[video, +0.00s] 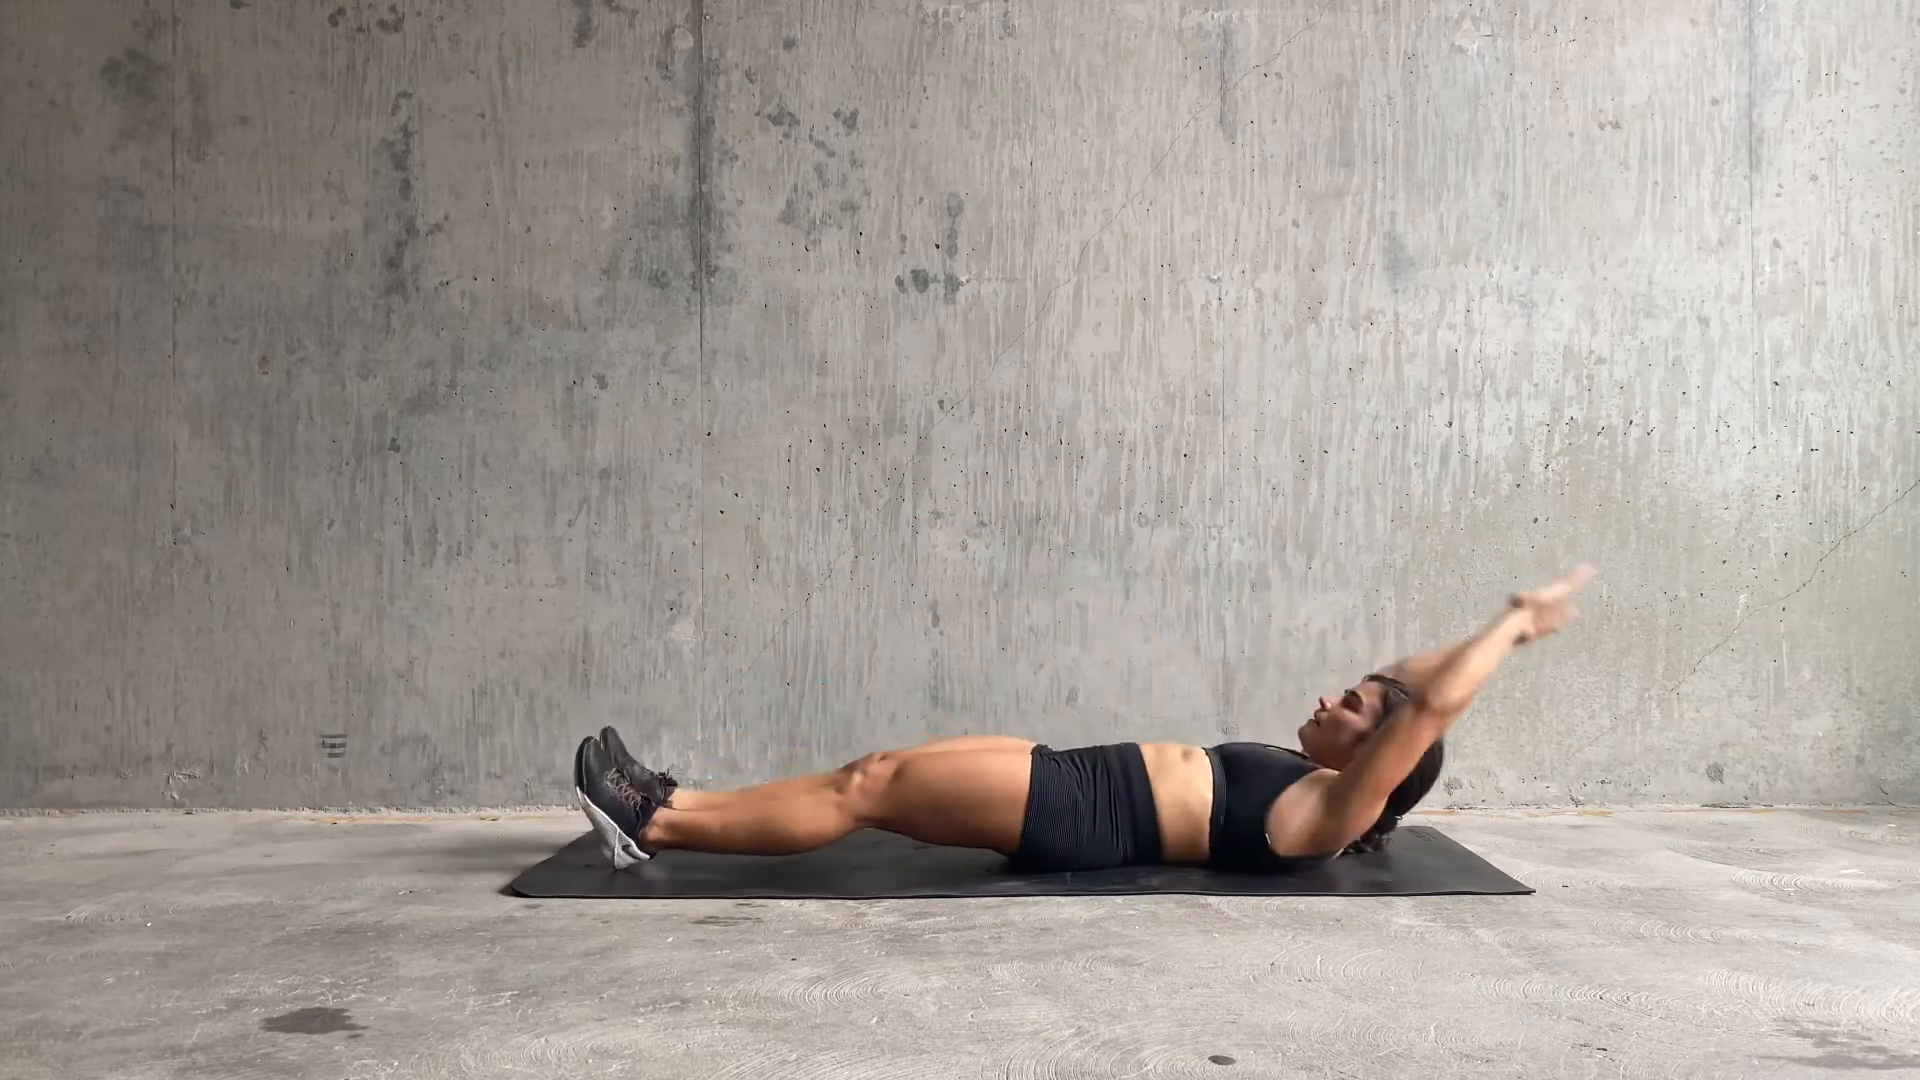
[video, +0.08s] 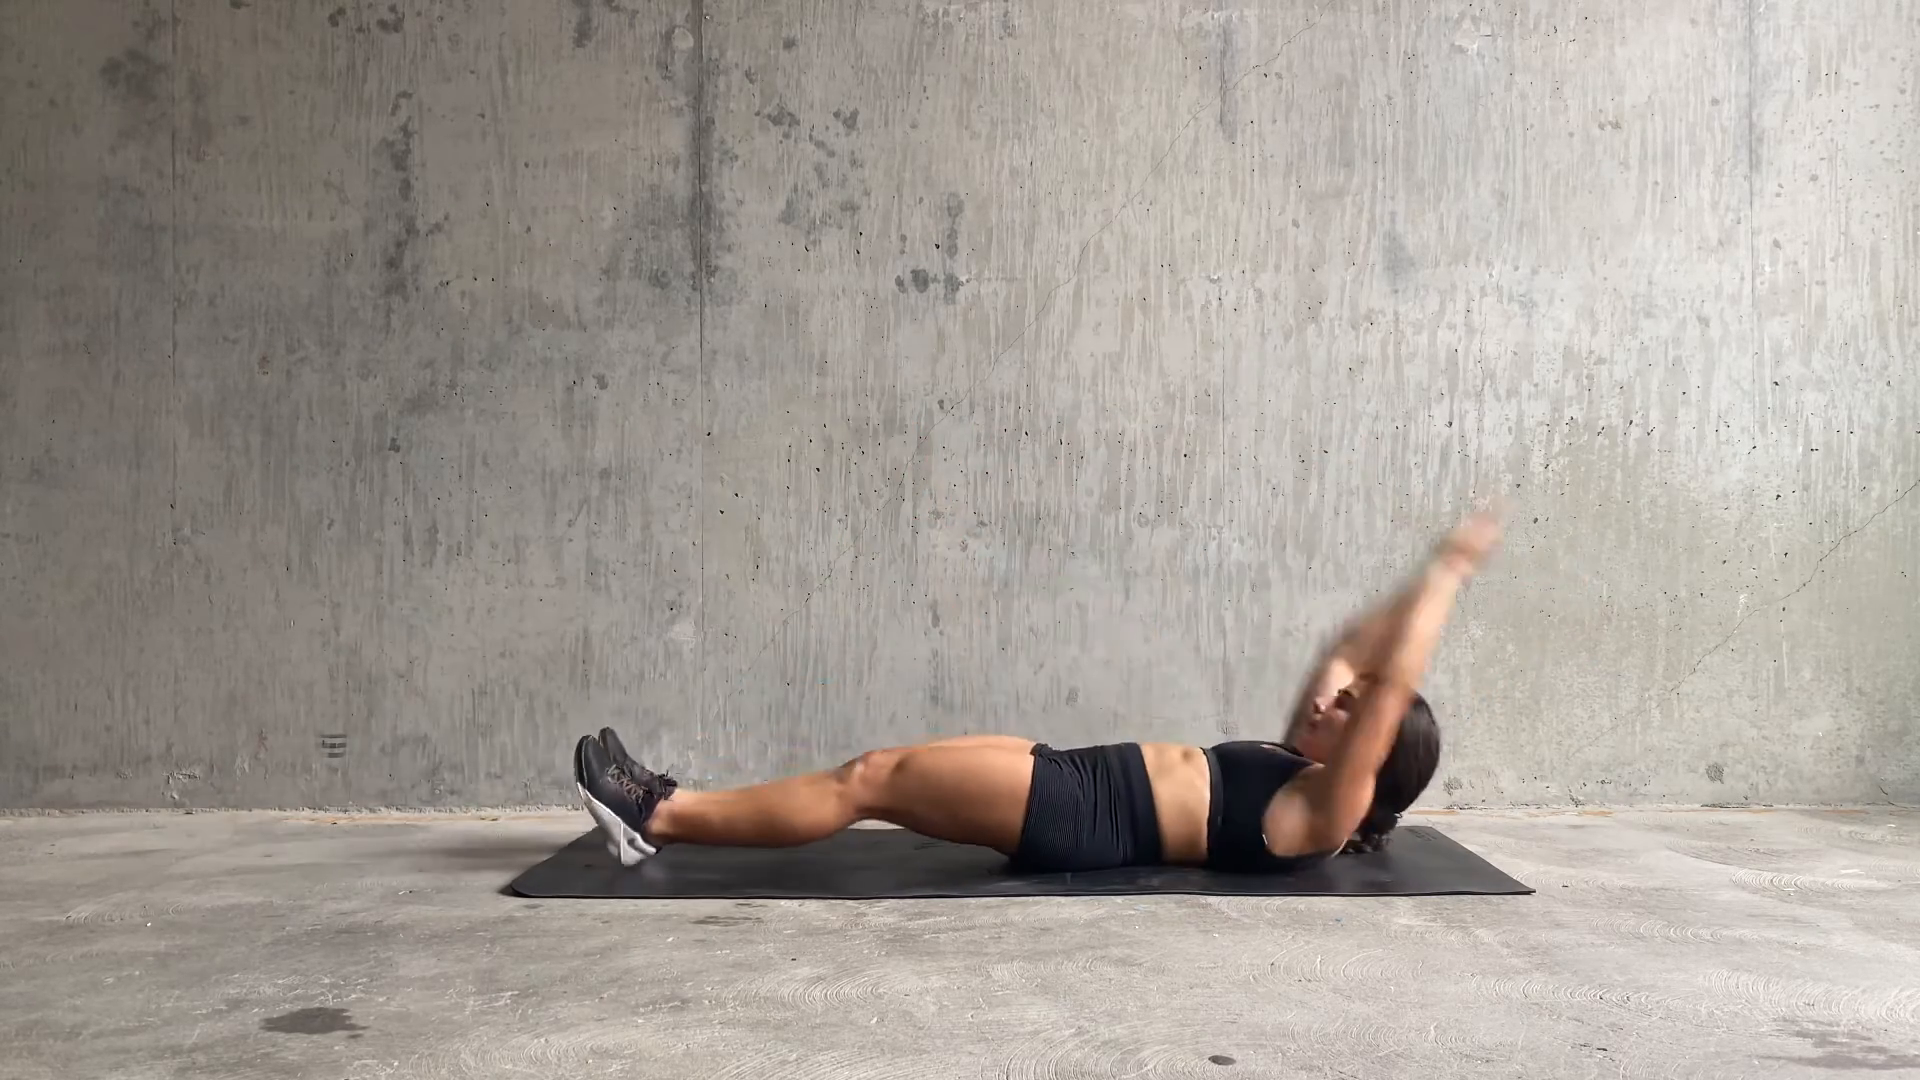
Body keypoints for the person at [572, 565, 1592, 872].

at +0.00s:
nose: (1338, 702)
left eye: (1358, 700)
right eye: (1352, 691)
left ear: (1380, 745)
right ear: (1361, 730)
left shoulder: (1324, 815)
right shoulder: (1313, 791)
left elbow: (1426, 708)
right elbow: (1410, 702)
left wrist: (1518, 628)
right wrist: (1500, 632)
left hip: (1089, 807)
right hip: (1089, 782)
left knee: (874, 785)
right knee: (874, 774)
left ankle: (659, 825)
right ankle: (668, 816)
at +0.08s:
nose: (1328, 697)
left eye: (1350, 697)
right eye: (1335, 684)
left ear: (1371, 735)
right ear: (1337, 709)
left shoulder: (1326, 813)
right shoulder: (1306, 779)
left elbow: (1391, 682)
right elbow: (1345, 666)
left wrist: (1453, 570)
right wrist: (1417, 584)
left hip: (1089, 808)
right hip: (1090, 781)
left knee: (876, 781)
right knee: (882, 771)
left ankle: (663, 817)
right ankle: (678, 807)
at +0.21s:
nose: (1296, 696)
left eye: (1315, 691)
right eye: (1308, 684)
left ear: (1354, 729)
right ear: (1347, 726)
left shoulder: (1307, 778)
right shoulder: (1305, 778)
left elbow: (1220, 654)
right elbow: (1228, 654)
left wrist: (1185, 535)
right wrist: (1192, 554)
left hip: (1085, 812)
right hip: (1085, 800)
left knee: (887, 753)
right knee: (876, 782)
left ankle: (667, 770)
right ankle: (672, 803)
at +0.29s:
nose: (1262, 659)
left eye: (1282, 656)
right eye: (1274, 647)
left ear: (1320, 692)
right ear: (1314, 686)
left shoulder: (1270, 745)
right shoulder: (1265, 730)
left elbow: (1145, 667)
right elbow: (1151, 657)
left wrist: (1041, 573)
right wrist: (1067, 558)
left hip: (1077, 812)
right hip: (1071, 808)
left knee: (891, 708)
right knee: (863, 772)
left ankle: (679, 663)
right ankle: (664, 811)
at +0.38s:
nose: (1220, 608)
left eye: (1236, 603)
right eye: (1228, 596)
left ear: (1276, 633)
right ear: (1265, 629)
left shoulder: (1243, 707)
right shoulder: (1215, 673)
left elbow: (1102, 665)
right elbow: (1089, 620)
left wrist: (978, 597)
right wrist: (998, 546)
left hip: (1069, 813)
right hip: (1059, 794)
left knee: (913, 664)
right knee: (856, 767)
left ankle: (732, 558)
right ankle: (655, 807)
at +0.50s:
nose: (1163, 554)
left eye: (1182, 549)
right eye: (1174, 542)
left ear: (1222, 582)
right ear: (1213, 577)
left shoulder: (1196, 662)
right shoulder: (1177, 634)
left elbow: (1051, 636)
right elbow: (1048, 582)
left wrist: (922, 581)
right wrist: (949, 505)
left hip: (1066, 815)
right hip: (1050, 791)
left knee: (957, 614)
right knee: (849, 761)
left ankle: (826, 455)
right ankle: (653, 807)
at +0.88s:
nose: (1238, 610)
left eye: (1257, 606)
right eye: (1249, 599)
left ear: (1296, 642)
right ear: (1294, 642)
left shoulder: (1256, 700)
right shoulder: (1261, 699)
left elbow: (1139, 619)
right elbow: (1150, 613)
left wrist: (1051, 514)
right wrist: (1086, 509)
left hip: (1074, 814)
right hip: (1066, 797)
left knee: (913, 660)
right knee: (863, 772)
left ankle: (725, 565)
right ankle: (656, 808)